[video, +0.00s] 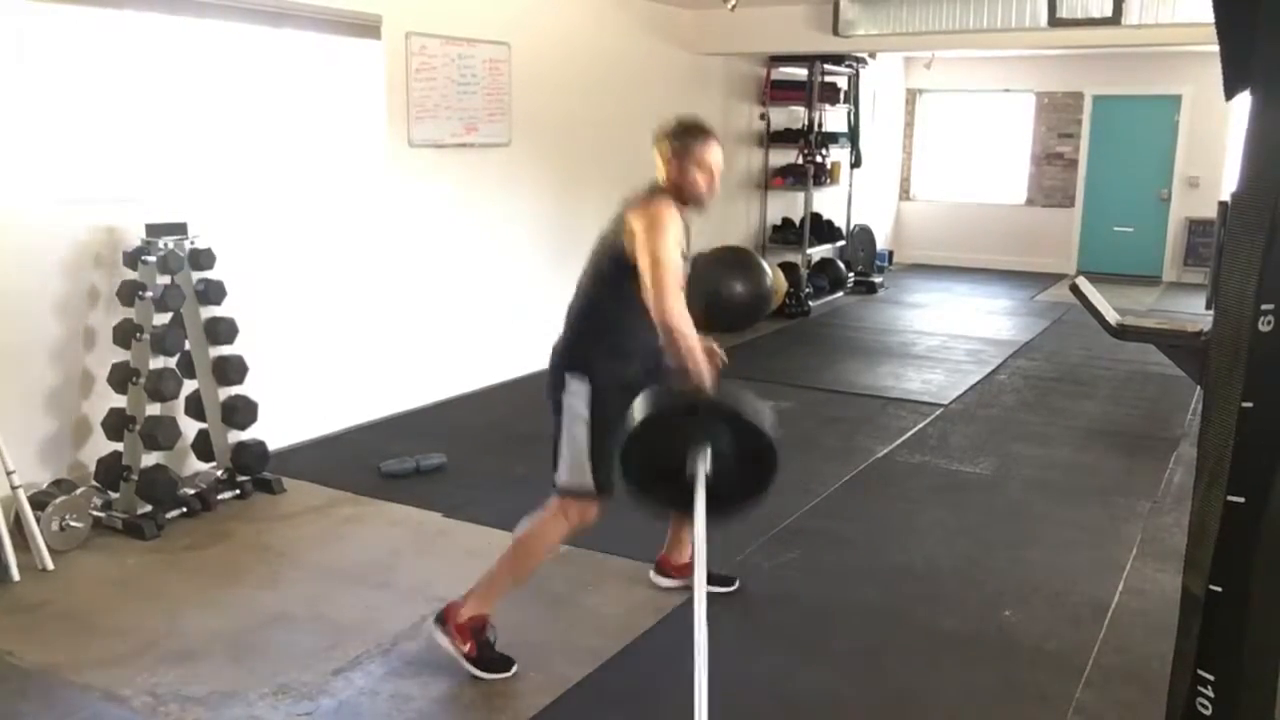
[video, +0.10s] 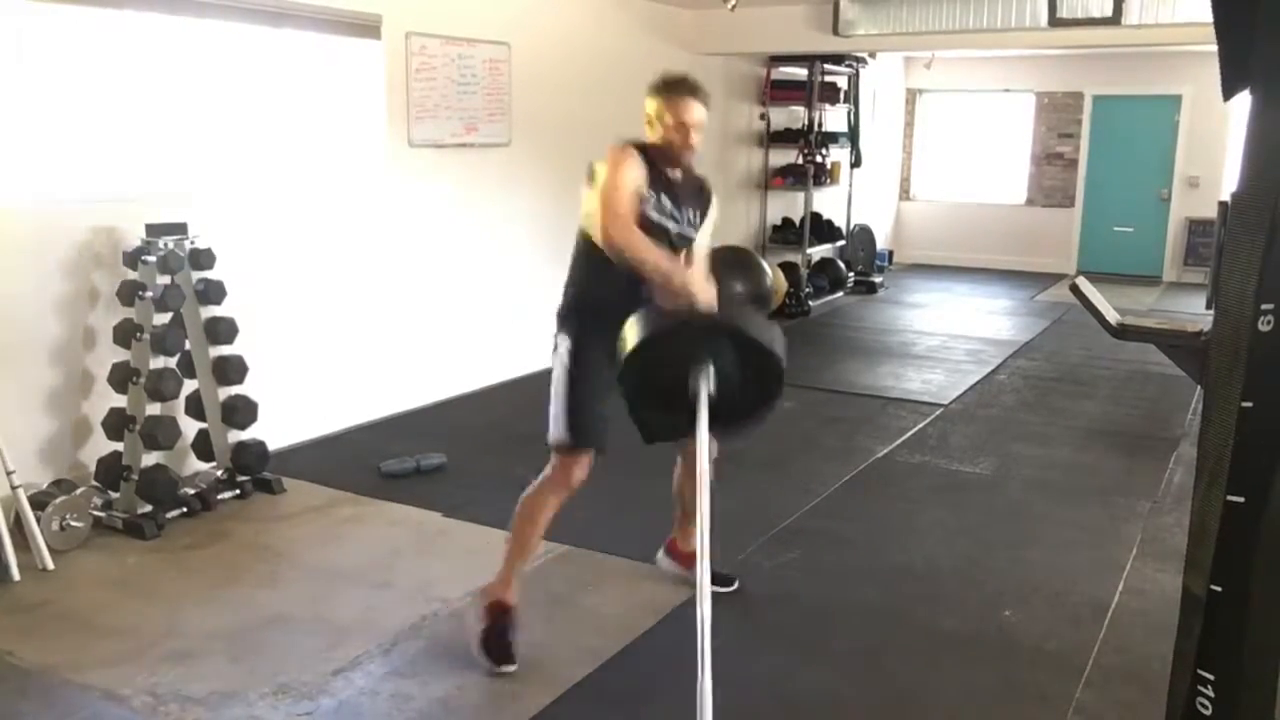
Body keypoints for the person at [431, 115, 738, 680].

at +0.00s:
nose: (714, 179)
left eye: (716, 168)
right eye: (706, 167)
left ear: (690, 166)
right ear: (675, 164)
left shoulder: (668, 215)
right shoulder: (656, 212)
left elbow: (665, 296)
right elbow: (665, 303)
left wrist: (693, 344)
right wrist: (701, 379)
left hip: (634, 367)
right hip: (589, 371)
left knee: (694, 446)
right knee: (577, 505)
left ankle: (678, 554)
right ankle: (466, 617)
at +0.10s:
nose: (690, 138)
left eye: (697, 128)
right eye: (680, 126)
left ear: (704, 129)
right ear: (655, 121)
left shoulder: (699, 192)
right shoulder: (627, 161)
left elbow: (695, 272)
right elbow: (615, 230)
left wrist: (706, 322)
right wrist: (676, 274)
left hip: (654, 328)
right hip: (593, 323)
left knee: (699, 439)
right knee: (570, 468)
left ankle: (684, 543)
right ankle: (500, 594)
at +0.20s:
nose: (673, 128)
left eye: (681, 118)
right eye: (662, 116)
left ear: (691, 117)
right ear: (638, 111)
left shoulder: (706, 187)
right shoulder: (604, 152)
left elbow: (721, 261)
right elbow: (553, 205)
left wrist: (691, 210)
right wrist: (621, 189)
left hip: (667, 333)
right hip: (596, 326)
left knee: (696, 452)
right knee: (571, 458)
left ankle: (719, 532)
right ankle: (532, 587)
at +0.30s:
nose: (652, 144)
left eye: (663, 134)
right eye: (644, 133)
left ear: (683, 133)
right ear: (629, 130)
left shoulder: (695, 188)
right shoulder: (597, 182)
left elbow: (734, 261)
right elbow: (538, 255)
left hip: (670, 351)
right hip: (602, 348)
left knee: (692, 465)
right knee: (561, 473)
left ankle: (730, 533)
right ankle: (539, 595)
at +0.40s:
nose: (631, 150)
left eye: (640, 141)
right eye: (623, 140)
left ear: (659, 147)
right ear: (610, 148)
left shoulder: (677, 200)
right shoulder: (596, 208)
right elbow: (569, 271)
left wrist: (675, 94)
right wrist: (537, 315)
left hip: (671, 360)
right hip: (606, 357)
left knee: (696, 474)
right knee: (562, 473)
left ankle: (732, 537)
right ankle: (543, 596)